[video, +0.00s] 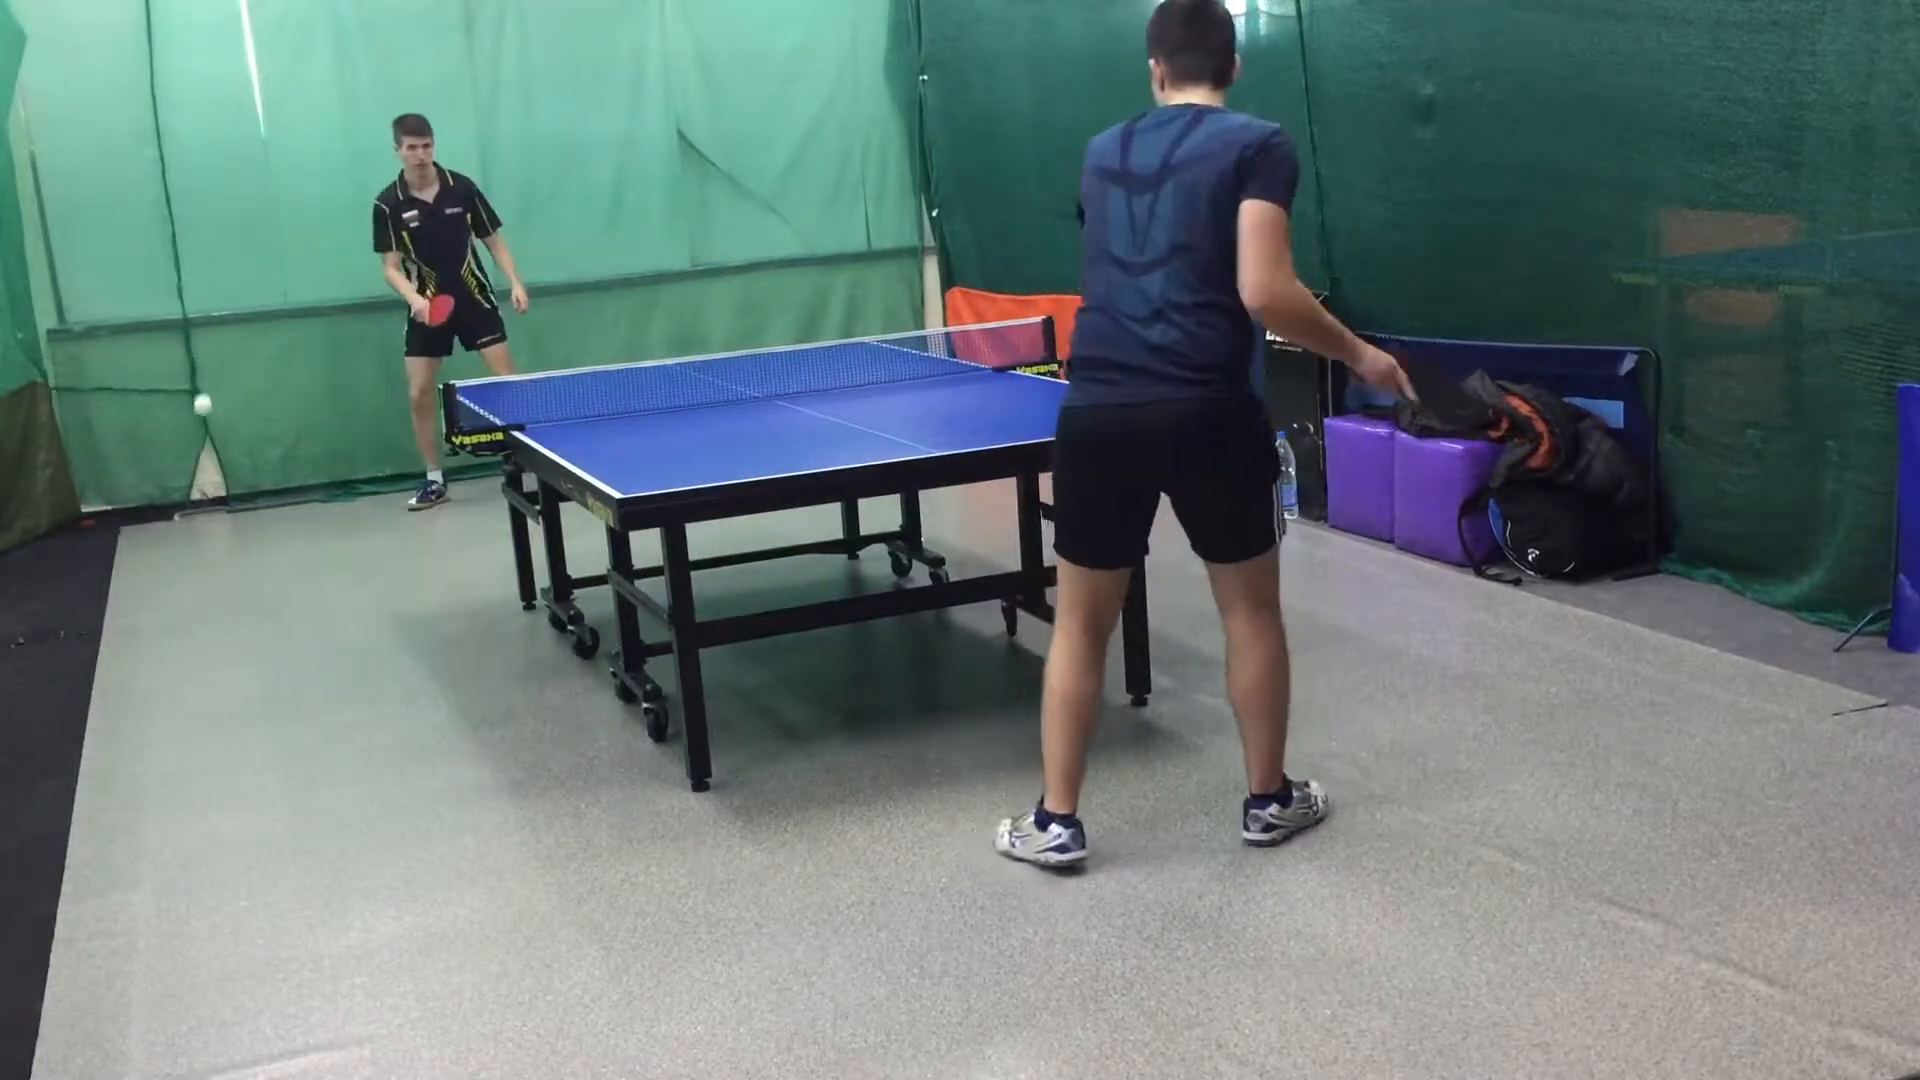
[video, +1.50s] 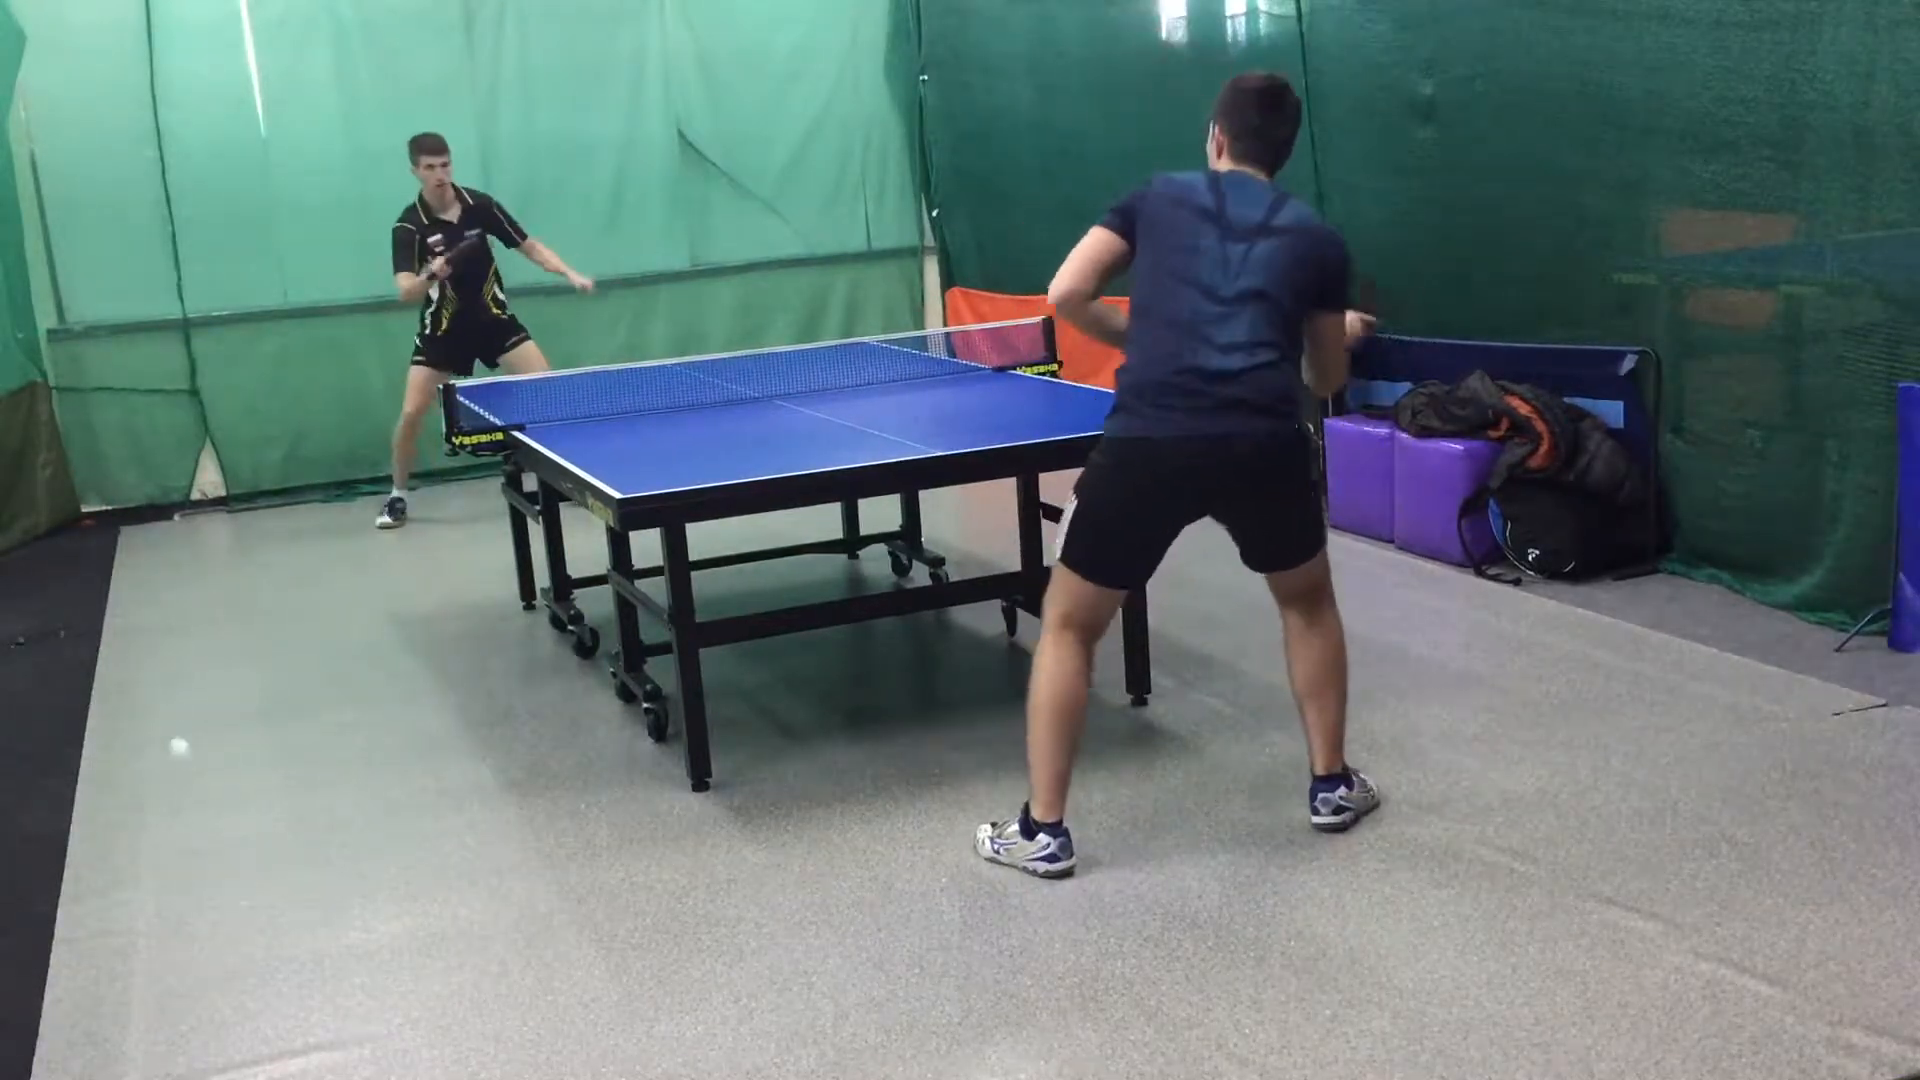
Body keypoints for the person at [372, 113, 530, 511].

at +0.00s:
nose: (420, 155)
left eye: (425, 147)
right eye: (412, 149)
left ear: (434, 146)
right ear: (398, 151)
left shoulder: (462, 189)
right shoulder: (388, 203)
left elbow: (494, 240)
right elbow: (391, 266)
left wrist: (515, 281)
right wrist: (414, 298)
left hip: (474, 298)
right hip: (426, 305)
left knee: (508, 380)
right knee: (419, 394)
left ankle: (521, 468)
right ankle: (434, 481)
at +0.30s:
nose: (414, 164)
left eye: (419, 156)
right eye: (406, 158)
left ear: (429, 154)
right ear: (393, 160)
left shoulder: (460, 193)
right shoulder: (387, 211)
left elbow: (497, 243)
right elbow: (392, 274)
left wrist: (518, 285)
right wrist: (410, 302)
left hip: (473, 302)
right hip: (426, 310)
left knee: (510, 382)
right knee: (416, 398)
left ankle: (522, 468)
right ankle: (434, 480)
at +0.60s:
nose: (376, 217)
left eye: (380, 207)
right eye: (367, 212)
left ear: (389, 199)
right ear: (357, 212)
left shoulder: (427, 233)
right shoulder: (377, 255)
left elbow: (442, 296)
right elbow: (389, 318)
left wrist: (410, 339)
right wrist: (367, 360)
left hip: (483, 316)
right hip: (441, 322)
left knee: (518, 392)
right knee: (405, 397)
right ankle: (428, 489)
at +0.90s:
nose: (349, 259)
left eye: (351, 248)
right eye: (340, 254)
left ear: (367, 237)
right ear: (336, 254)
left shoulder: (405, 260)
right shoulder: (374, 289)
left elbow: (458, 276)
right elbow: (402, 349)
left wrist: (436, 312)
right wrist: (383, 389)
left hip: (487, 352)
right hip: (439, 355)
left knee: (512, 420)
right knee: (395, 416)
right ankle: (429, 490)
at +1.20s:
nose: (398, 179)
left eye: (403, 170)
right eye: (390, 174)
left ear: (418, 167)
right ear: (381, 177)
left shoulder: (453, 200)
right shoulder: (387, 223)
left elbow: (512, 219)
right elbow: (392, 267)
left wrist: (544, 212)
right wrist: (405, 216)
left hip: (481, 322)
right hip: (431, 335)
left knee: (534, 388)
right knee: (417, 422)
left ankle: (536, 470)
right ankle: (420, 486)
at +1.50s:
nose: (441, 174)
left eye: (445, 166)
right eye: (431, 168)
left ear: (452, 165)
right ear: (416, 172)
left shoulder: (480, 205)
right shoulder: (409, 225)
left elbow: (529, 247)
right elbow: (407, 291)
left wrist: (569, 272)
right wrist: (431, 274)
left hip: (493, 318)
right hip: (443, 326)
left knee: (546, 388)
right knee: (412, 412)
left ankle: (528, 476)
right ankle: (397, 496)